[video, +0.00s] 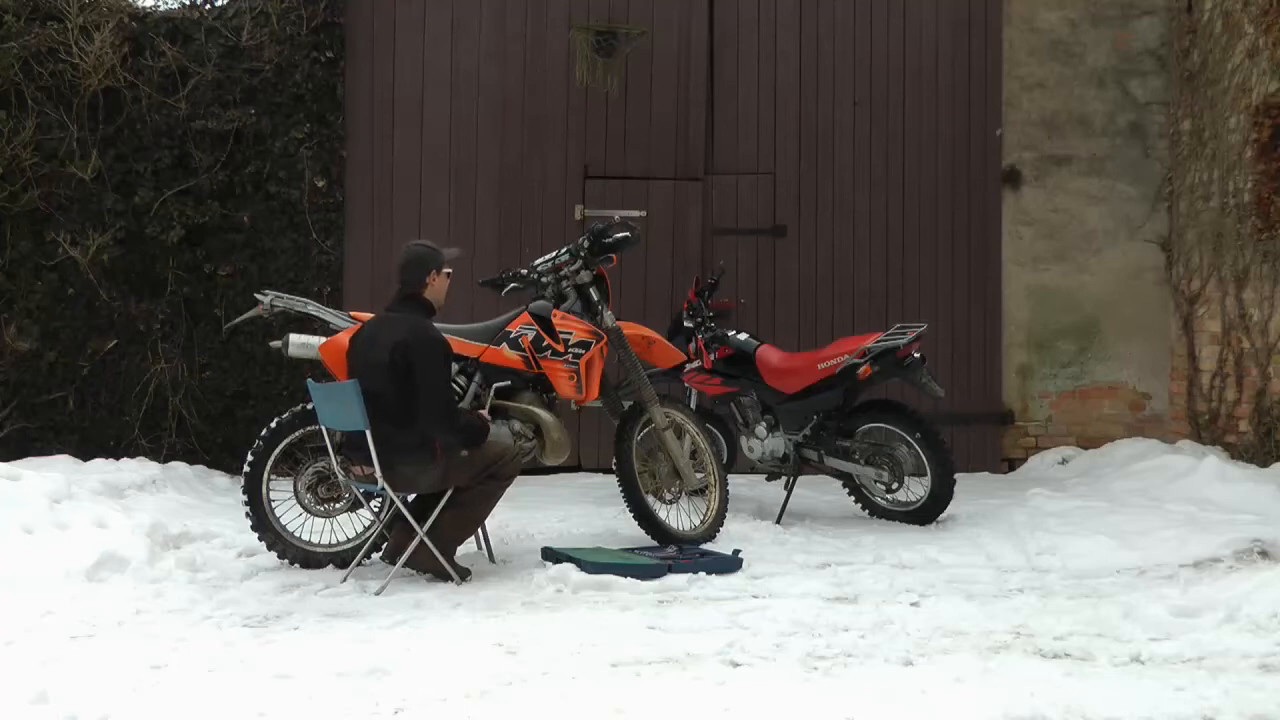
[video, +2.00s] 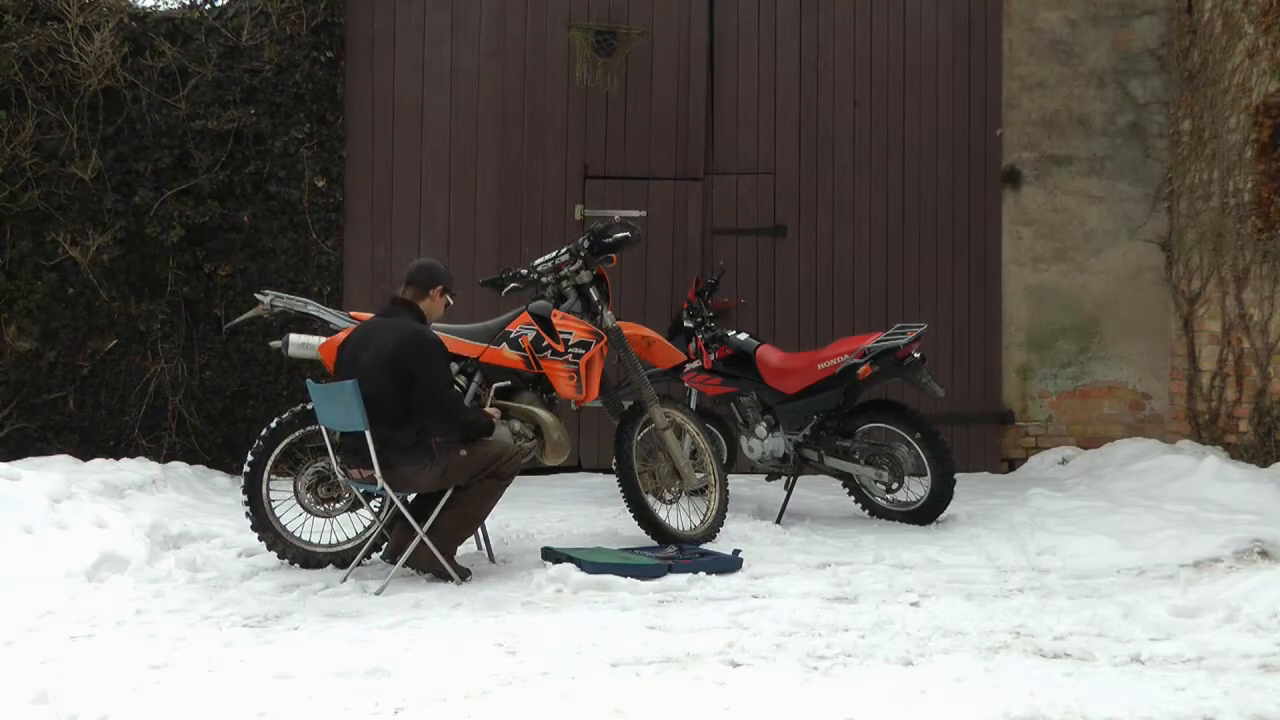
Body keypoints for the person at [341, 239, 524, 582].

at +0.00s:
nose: (448, 282)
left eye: (447, 275)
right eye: (445, 275)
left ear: (408, 279)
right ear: (430, 280)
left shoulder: (367, 332)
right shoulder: (427, 340)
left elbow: (376, 410)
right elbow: (443, 425)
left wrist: (452, 417)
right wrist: (477, 425)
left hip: (381, 462)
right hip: (414, 467)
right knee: (505, 454)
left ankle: (404, 539)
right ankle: (436, 548)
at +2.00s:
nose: (444, 308)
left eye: (446, 301)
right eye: (445, 299)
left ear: (406, 289)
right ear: (434, 294)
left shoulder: (362, 332)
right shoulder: (422, 342)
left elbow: (346, 391)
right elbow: (447, 420)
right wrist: (486, 419)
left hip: (363, 455)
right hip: (403, 465)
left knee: (464, 452)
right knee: (508, 453)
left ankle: (404, 542)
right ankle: (435, 550)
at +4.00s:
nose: (476, 339)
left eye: (479, 332)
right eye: (478, 330)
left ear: (442, 314)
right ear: (470, 323)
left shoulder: (391, 338)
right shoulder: (453, 353)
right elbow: (476, 429)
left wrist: (435, 424)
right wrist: (495, 434)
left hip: (356, 456)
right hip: (400, 463)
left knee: (463, 454)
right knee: (507, 462)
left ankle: (402, 543)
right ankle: (434, 552)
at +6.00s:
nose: (491, 346)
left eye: (494, 339)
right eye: (493, 337)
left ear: (458, 318)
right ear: (483, 329)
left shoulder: (404, 337)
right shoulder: (462, 358)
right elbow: (489, 427)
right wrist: (515, 419)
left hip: (357, 456)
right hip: (400, 461)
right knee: (508, 464)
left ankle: (402, 543)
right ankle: (435, 550)